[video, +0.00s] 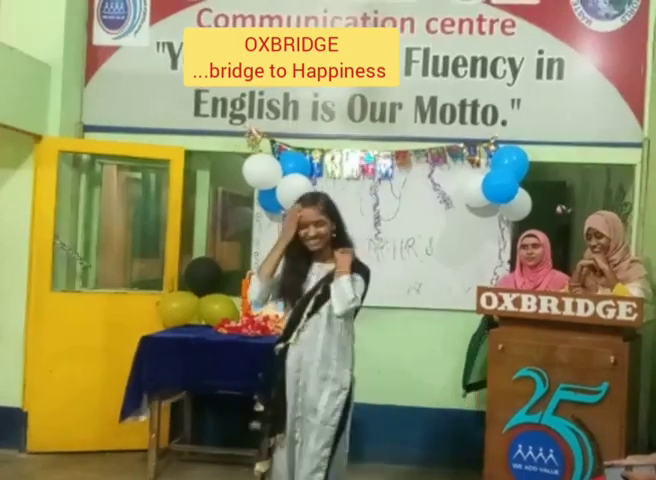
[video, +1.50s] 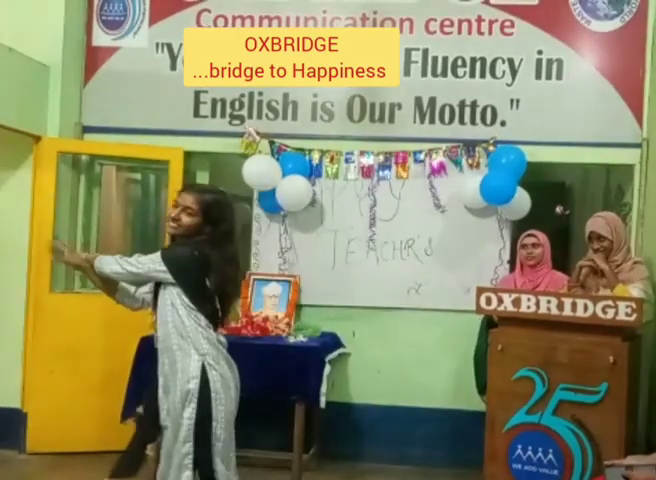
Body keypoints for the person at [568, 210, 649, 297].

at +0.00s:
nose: (593, 243)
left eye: (599, 236)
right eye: (588, 237)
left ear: (614, 236)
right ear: (585, 239)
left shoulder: (633, 268)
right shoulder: (585, 269)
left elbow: (634, 304)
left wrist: (606, 269)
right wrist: (577, 273)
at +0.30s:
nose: (595, 247)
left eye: (601, 239)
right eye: (591, 240)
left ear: (617, 238)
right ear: (587, 242)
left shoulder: (635, 268)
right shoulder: (586, 269)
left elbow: (632, 304)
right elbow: (570, 300)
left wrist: (606, 268)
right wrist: (577, 272)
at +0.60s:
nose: (595, 247)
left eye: (601, 239)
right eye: (591, 240)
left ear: (617, 238)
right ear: (587, 242)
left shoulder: (635, 268)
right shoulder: (586, 268)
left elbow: (631, 304)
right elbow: (570, 298)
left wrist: (606, 269)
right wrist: (578, 270)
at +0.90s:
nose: (595, 247)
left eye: (601, 239)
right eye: (591, 240)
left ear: (617, 238)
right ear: (587, 242)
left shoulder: (635, 268)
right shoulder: (586, 269)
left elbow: (631, 304)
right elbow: (570, 298)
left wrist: (606, 268)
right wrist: (578, 270)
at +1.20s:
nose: (595, 247)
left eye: (601, 239)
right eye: (591, 240)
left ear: (616, 238)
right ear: (587, 242)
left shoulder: (635, 268)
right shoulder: (586, 269)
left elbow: (631, 304)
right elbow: (570, 299)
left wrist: (606, 269)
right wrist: (578, 270)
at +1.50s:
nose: (595, 247)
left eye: (601, 239)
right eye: (590, 240)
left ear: (616, 238)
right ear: (587, 242)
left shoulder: (635, 268)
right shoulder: (586, 268)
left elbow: (633, 304)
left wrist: (606, 269)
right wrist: (577, 273)